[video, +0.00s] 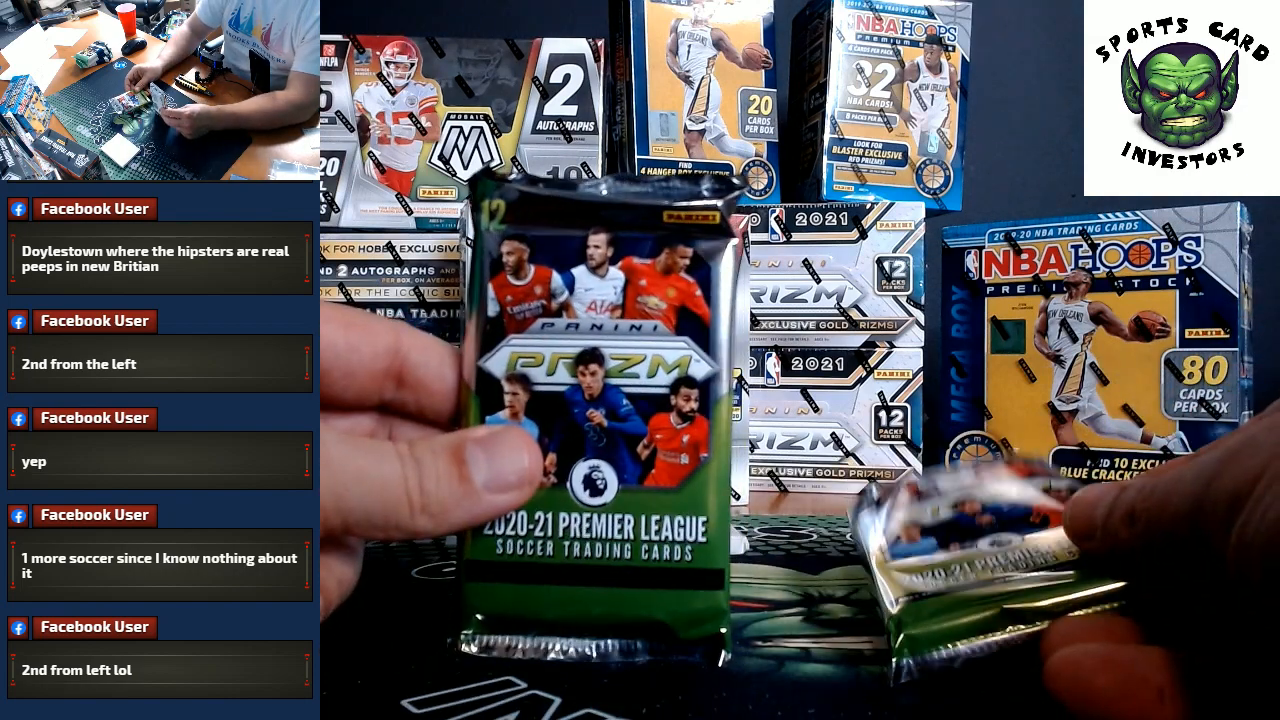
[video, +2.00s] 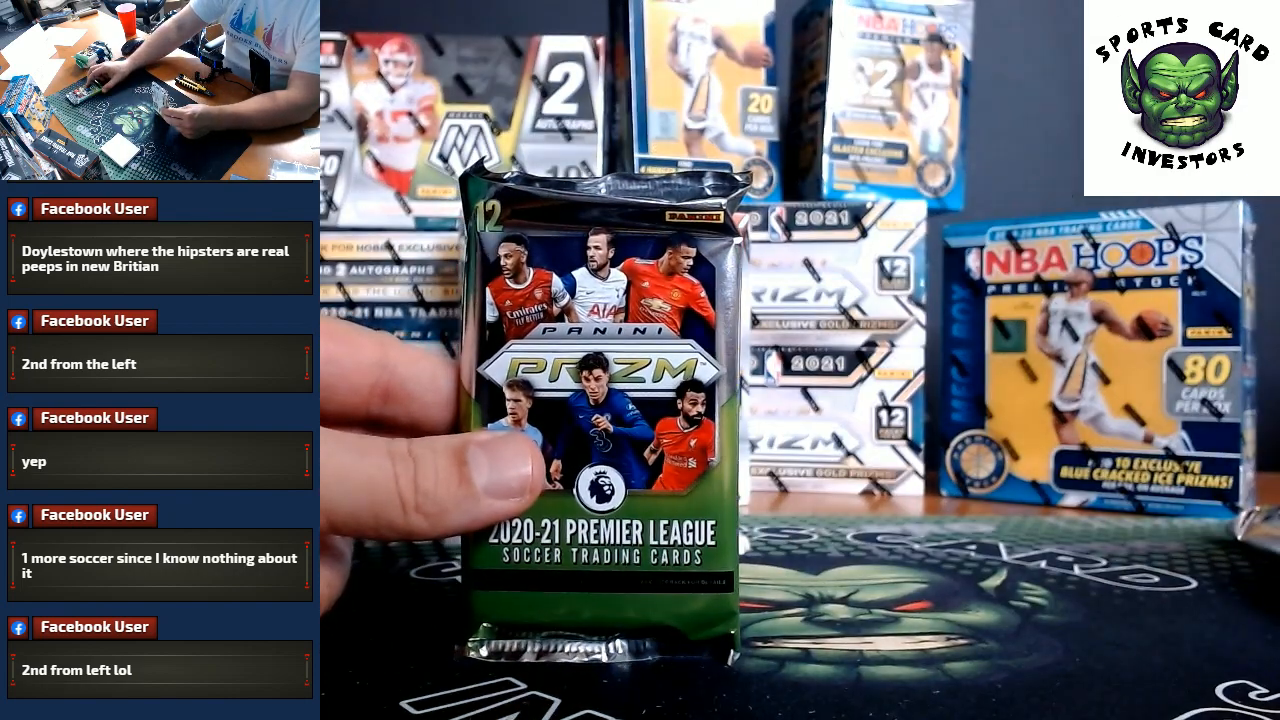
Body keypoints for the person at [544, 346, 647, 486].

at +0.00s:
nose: (588, 381)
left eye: (593, 374)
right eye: (582, 375)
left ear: (603, 373)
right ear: (577, 376)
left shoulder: (613, 395)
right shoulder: (572, 396)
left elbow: (640, 428)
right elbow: (564, 425)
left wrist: (607, 424)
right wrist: (553, 451)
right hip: (592, 462)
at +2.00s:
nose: (592, 386)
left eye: (598, 379)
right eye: (587, 380)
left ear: (607, 377)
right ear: (581, 379)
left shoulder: (619, 400)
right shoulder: (575, 403)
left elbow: (647, 433)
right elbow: (568, 430)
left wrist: (613, 430)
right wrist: (558, 458)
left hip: (630, 473)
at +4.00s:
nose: (595, 384)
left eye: (600, 377)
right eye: (589, 378)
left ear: (609, 375)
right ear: (584, 378)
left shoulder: (621, 399)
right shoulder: (578, 400)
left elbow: (649, 431)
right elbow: (572, 423)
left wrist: (616, 428)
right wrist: (561, 456)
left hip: (632, 474)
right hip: (601, 473)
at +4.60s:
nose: (588, 384)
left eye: (593, 377)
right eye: (582, 378)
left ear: (602, 375)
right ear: (577, 378)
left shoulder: (614, 398)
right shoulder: (571, 400)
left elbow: (643, 430)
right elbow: (566, 422)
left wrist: (609, 427)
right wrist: (554, 455)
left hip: (627, 473)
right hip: (596, 472)